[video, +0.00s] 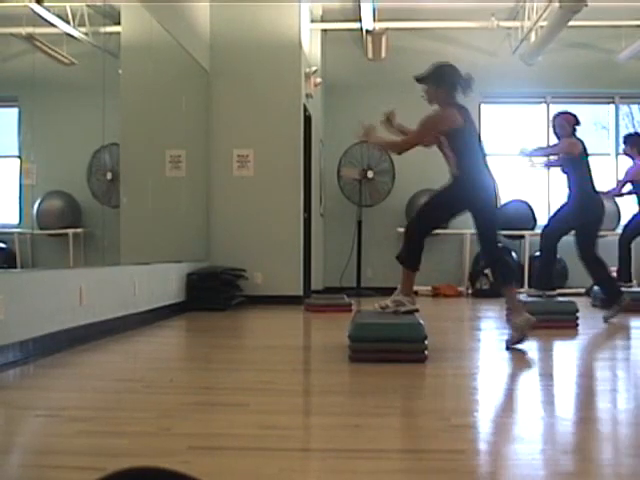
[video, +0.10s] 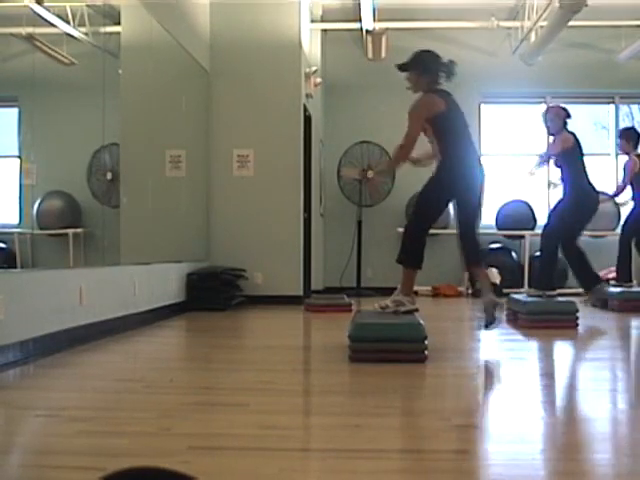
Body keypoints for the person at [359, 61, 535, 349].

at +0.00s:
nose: (424, 91)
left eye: (428, 87)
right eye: (425, 87)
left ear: (441, 88)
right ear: (449, 89)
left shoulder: (440, 118)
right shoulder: (460, 113)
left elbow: (401, 147)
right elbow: (428, 139)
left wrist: (374, 139)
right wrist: (398, 127)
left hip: (463, 187)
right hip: (484, 187)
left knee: (416, 228)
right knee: (492, 249)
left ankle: (404, 296)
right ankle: (517, 312)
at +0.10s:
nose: (407, 79)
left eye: (411, 74)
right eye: (407, 74)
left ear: (423, 75)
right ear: (431, 75)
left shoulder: (423, 103)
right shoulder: (446, 99)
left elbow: (406, 146)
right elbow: (445, 147)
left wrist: (385, 169)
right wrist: (417, 159)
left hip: (449, 173)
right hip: (472, 172)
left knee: (416, 227)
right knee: (468, 234)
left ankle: (405, 296)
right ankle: (487, 293)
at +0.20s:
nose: (391, 79)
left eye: (394, 74)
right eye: (391, 74)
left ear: (408, 75)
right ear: (417, 75)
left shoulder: (410, 101)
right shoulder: (436, 96)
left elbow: (426, 136)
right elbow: (468, 119)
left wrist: (430, 171)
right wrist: (477, 152)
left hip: (443, 168)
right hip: (466, 167)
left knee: (415, 223)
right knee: (448, 227)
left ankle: (405, 293)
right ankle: (456, 279)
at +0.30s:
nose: (382, 88)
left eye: (385, 83)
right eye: (382, 83)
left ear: (398, 84)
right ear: (407, 85)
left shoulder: (404, 108)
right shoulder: (427, 102)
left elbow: (434, 114)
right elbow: (467, 100)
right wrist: (495, 122)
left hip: (441, 171)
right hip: (462, 172)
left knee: (404, 227)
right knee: (429, 227)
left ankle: (403, 295)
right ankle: (428, 277)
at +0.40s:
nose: (381, 90)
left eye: (385, 85)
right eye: (381, 85)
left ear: (398, 87)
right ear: (406, 87)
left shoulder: (403, 110)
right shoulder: (425, 105)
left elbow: (435, 117)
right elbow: (464, 103)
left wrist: (462, 141)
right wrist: (488, 124)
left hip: (439, 175)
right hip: (460, 177)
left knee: (401, 229)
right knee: (428, 229)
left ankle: (403, 295)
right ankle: (428, 278)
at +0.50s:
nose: (388, 79)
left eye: (392, 74)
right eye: (388, 74)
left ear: (406, 76)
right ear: (412, 77)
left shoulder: (411, 103)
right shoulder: (429, 99)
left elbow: (424, 135)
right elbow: (458, 124)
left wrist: (436, 172)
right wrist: (455, 156)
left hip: (442, 168)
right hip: (464, 169)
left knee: (415, 224)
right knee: (446, 227)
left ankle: (404, 293)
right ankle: (458, 283)